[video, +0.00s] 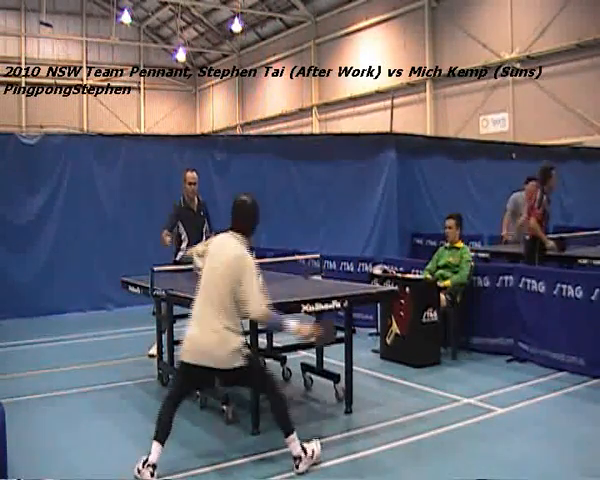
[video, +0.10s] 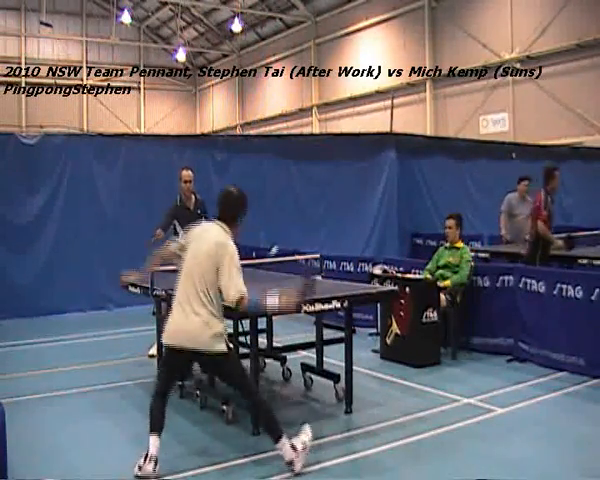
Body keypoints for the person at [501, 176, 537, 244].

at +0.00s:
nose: (533, 189)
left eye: (535, 186)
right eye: (531, 185)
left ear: (538, 188)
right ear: (525, 186)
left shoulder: (540, 199)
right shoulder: (516, 197)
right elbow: (508, 214)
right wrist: (505, 231)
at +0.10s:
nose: (526, 188)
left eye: (527, 186)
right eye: (524, 185)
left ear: (528, 187)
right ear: (518, 186)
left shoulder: (529, 201)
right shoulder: (510, 198)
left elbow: (530, 217)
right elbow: (503, 214)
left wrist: (528, 233)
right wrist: (503, 232)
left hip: (523, 236)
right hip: (510, 235)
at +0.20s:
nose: (520, 187)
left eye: (522, 184)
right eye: (518, 184)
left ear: (524, 186)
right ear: (513, 185)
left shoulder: (527, 199)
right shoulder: (506, 198)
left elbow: (529, 216)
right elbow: (499, 214)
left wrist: (529, 231)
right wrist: (498, 231)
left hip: (522, 234)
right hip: (508, 234)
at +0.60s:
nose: (527, 192)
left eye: (528, 189)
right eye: (525, 189)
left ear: (529, 190)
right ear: (519, 189)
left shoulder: (529, 203)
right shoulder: (507, 199)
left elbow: (530, 218)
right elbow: (498, 215)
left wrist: (528, 232)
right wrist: (490, 232)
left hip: (522, 236)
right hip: (508, 236)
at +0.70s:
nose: (528, 194)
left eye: (529, 191)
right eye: (526, 191)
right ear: (520, 191)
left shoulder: (528, 204)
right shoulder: (507, 200)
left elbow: (529, 219)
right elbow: (498, 217)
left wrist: (527, 233)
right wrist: (491, 233)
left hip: (520, 237)